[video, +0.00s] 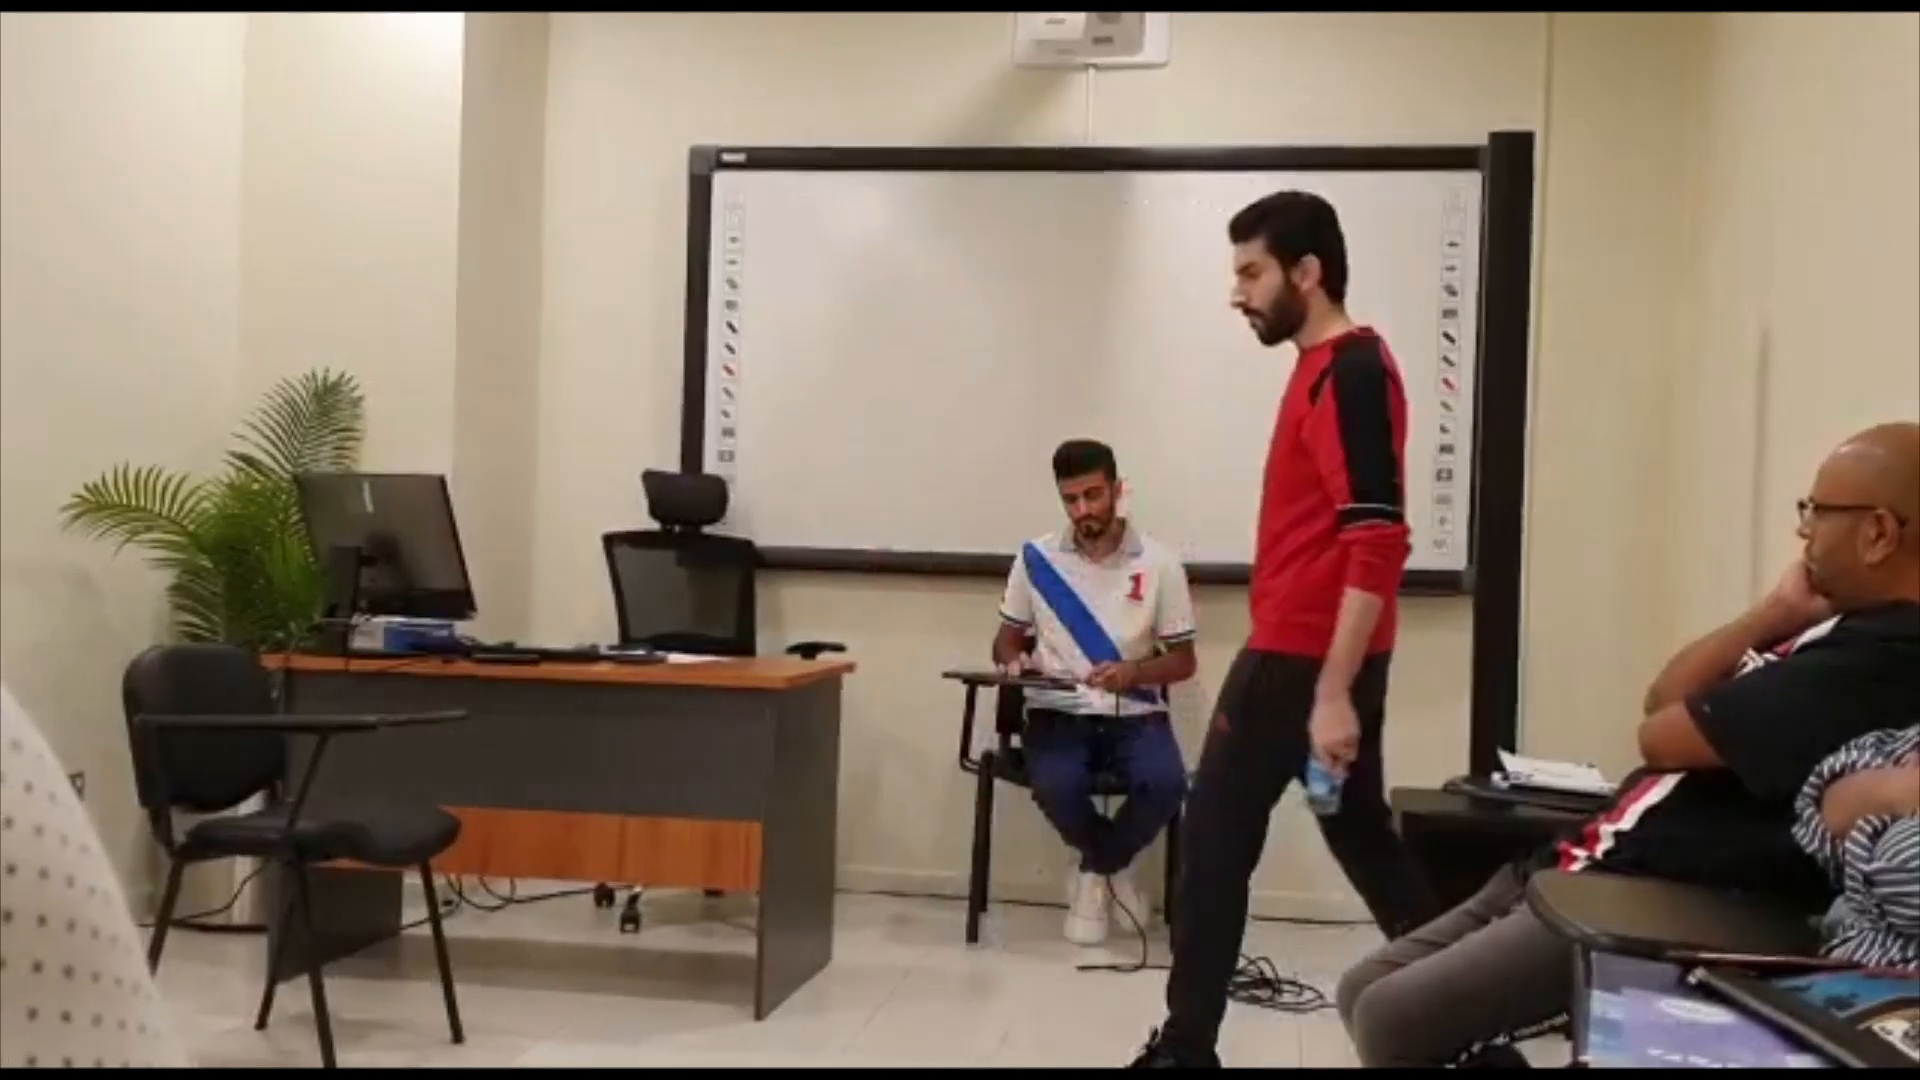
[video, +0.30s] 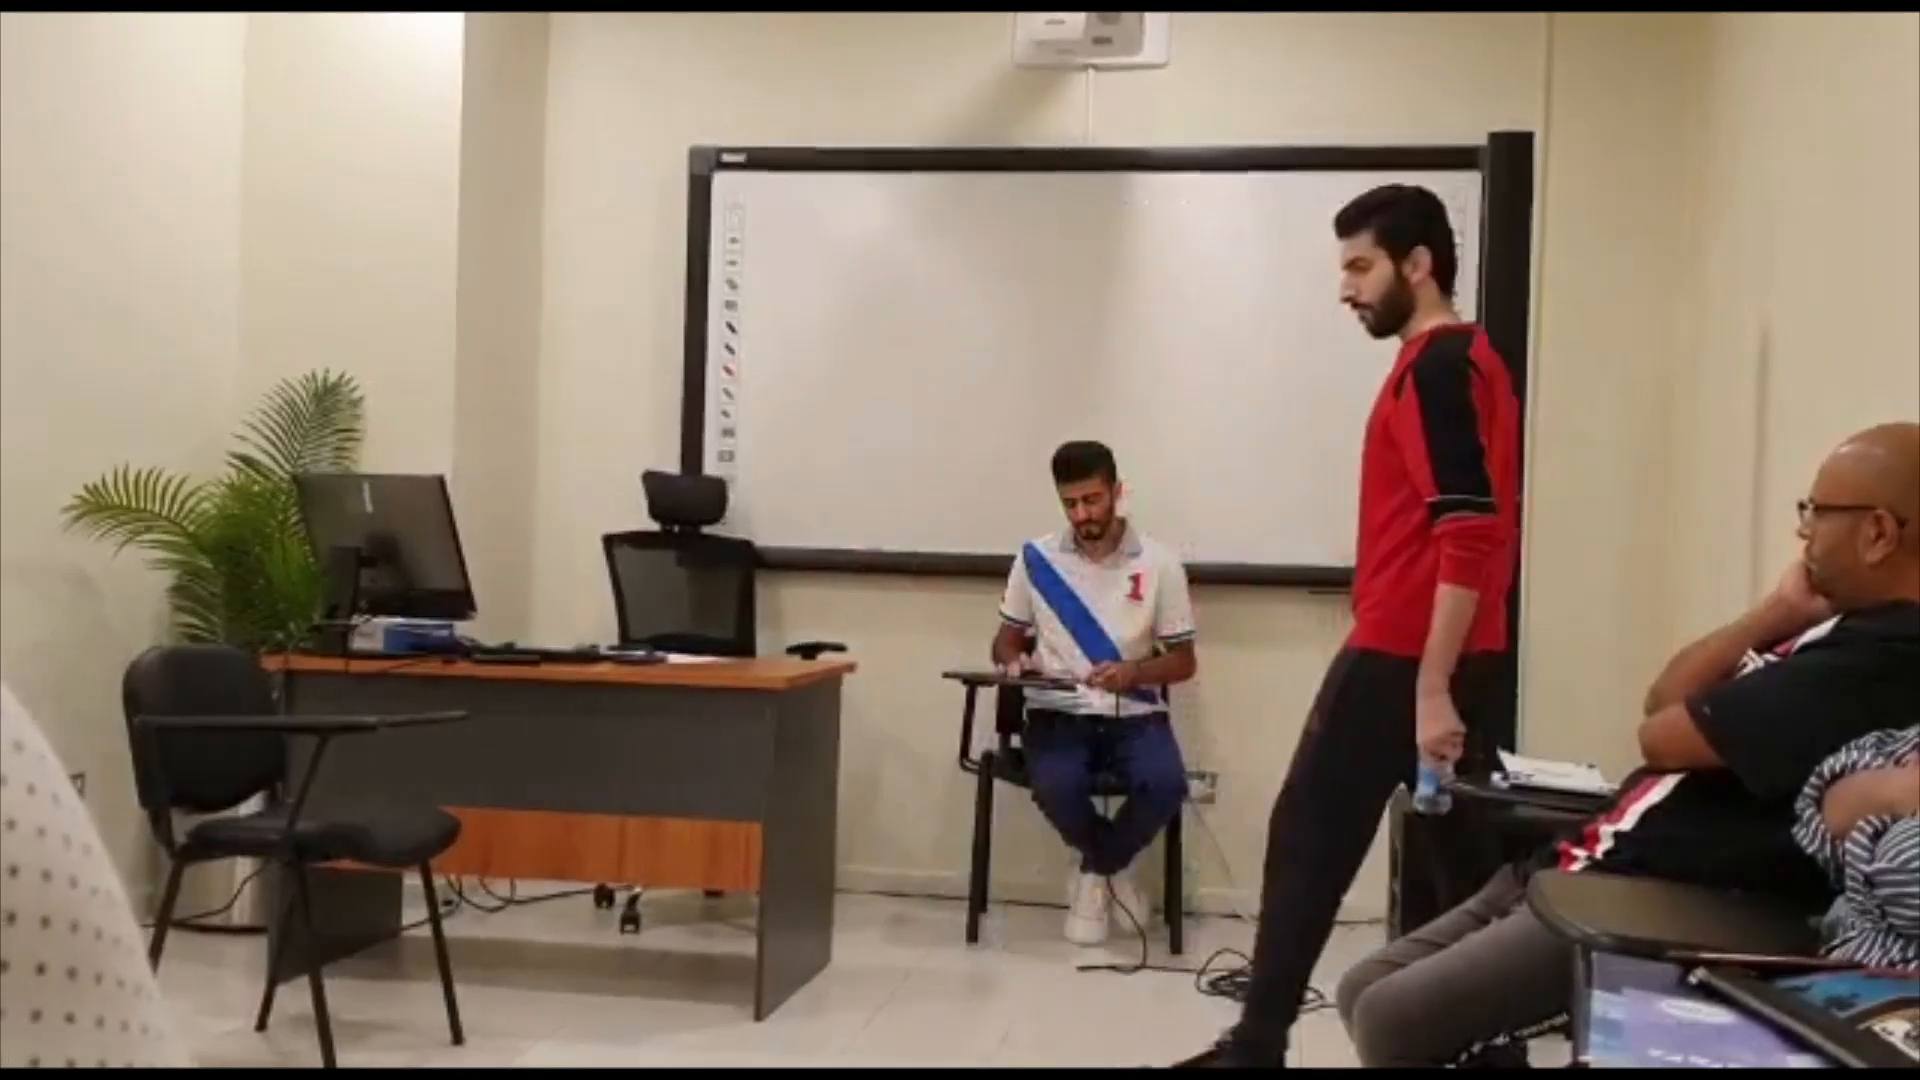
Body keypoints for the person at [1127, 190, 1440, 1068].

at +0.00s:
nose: (1236, 294)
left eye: (1249, 273)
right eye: (1234, 276)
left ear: (1308, 272)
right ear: (1303, 278)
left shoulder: (1352, 366)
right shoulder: (1322, 366)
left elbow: (1379, 541)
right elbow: (1326, 535)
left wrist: (1335, 690)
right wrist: (1267, 664)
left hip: (1300, 656)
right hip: (1319, 650)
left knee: (1215, 831)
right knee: (1365, 838)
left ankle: (1188, 1043)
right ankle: (1470, 1023)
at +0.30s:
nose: (1346, 288)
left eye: (1359, 267)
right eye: (1344, 270)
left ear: (1420, 263)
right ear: (1420, 270)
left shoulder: (1442, 362)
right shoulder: (1461, 355)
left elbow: (1471, 530)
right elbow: (1461, 530)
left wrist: (1435, 684)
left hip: (1396, 657)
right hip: (1457, 658)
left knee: (1306, 837)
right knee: (1458, 865)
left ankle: (1257, 1040)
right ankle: (1484, 1046)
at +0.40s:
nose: (1369, 280)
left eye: (1384, 260)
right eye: (1368, 263)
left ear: (1444, 260)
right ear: (1448, 267)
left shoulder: (1453, 362)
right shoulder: (1498, 359)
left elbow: (1477, 533)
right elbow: (1526, 535)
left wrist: (1435, 685)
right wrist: (1423, 628)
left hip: (1406, 660)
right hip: (1470, 660)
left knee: (1323, 843)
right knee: (1453, 867)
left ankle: (1348, 1040)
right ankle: (1457, 1045)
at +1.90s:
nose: (1378, 310)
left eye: (1394, 289)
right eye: (1378, 290)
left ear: (1455, 290)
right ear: (1452, 295)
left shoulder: (1504, 377)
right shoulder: (1489, 374)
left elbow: (1587, 533)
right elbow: (1543, 533)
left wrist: (1580, 693)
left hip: (1496, 671)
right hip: (1510, 669)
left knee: (1392, 837)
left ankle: (1413, 1046)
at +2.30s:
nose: (1344, 307)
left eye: (1358, 285)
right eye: (1344, 287)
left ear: (1419, 284)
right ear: (1426, 288)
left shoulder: (1448, 377)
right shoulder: (1521, 363)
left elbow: (1492, 546)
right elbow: (1578, 522)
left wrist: (1496, 705)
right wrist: (1511, 626)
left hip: (1460, 675)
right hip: (1534, 672)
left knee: (1390, 870)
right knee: (1498, 873)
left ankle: (1385, 1041)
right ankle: (1489, 1042)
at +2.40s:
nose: (1344, 301)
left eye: (1360, 279)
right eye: (1345, 281)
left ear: (1419, 280)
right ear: (1428, 284)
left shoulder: (1439, 379)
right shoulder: (1525, 363)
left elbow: (1434, 555)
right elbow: (1573, 525)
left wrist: (1401, 698)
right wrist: (1499, 606)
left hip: (1452, 673)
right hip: (1535, 669)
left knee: (1388, 876)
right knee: (1504, 870)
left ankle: (1383, 1042)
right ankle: (1494, 1040)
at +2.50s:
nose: (1351, 293)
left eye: (1365, 272)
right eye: (1352, 273)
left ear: (1424, 274)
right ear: (1434, 277)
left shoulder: (1440, 374)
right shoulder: (1529, 365)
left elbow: (1372, 530)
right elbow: (1570, 527)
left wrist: (1282, 657)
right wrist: (1467, 580)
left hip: (1450, 665)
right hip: (1533, 664)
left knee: (1390, 863)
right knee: (1503, 861)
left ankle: (1388, 1041)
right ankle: (1490, 1035)